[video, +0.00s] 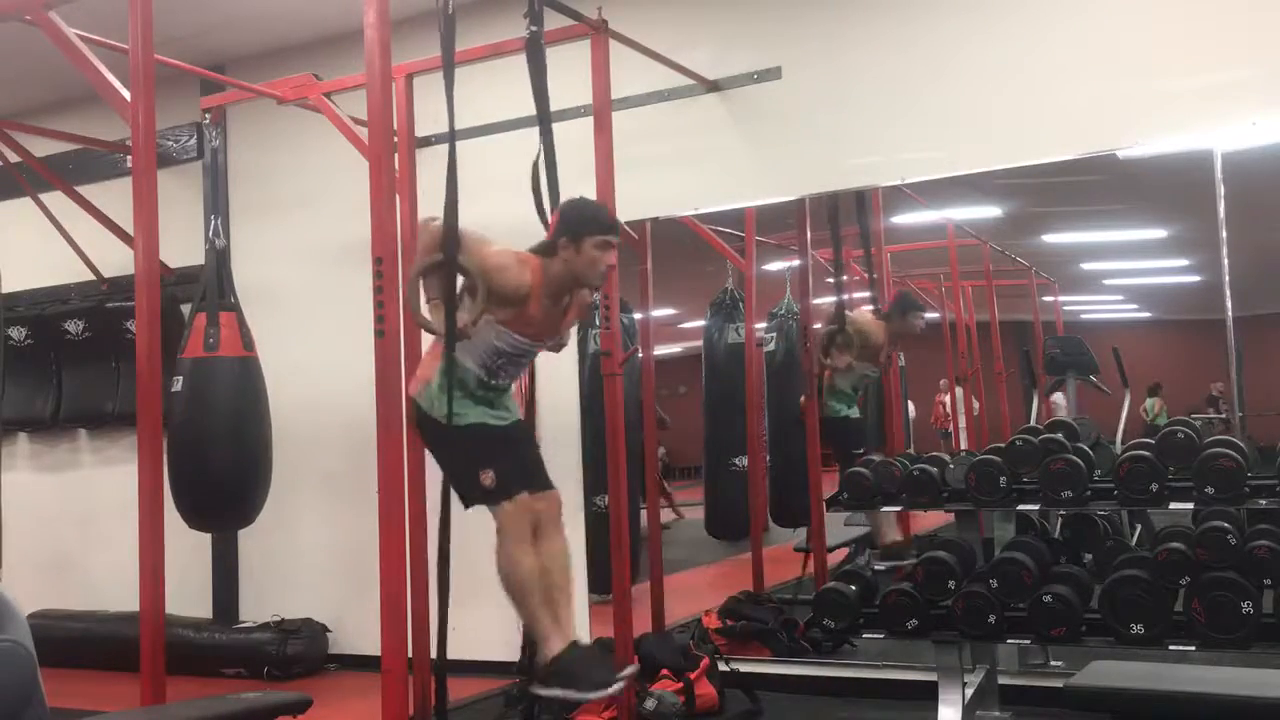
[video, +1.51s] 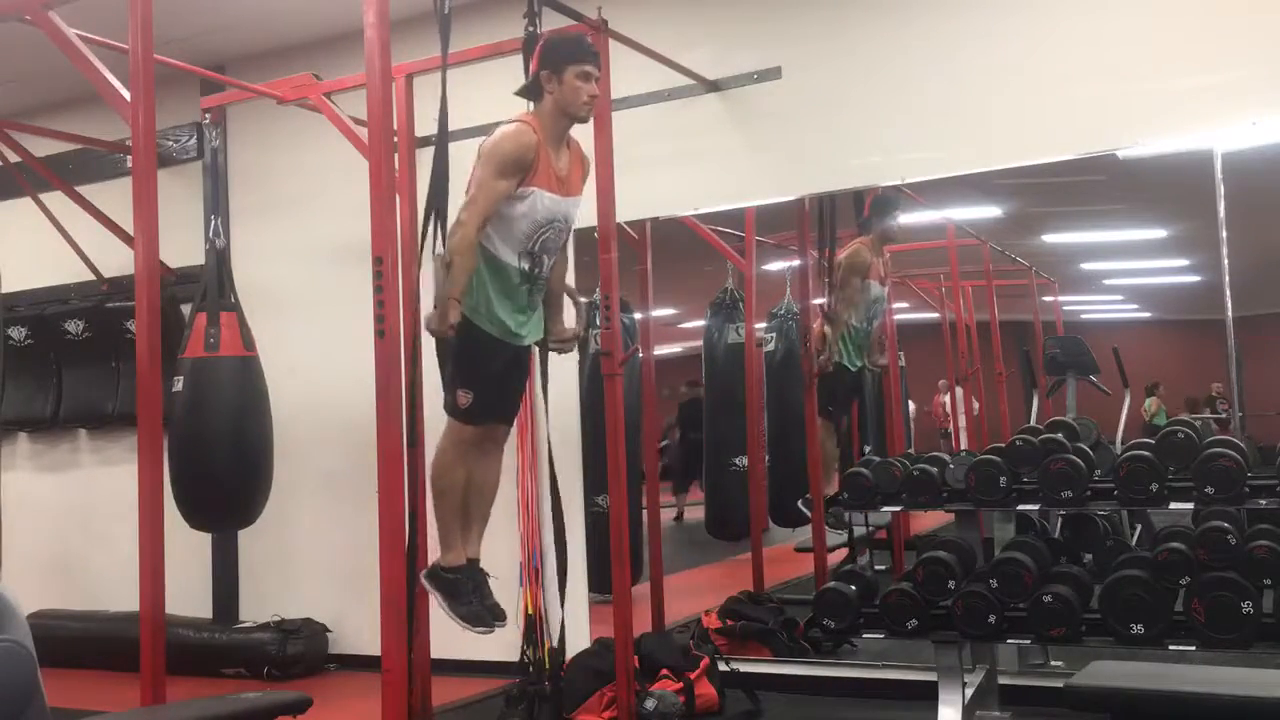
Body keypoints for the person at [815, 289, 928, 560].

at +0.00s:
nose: (922, 325)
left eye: (923, 319)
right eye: (919, 318)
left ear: (903, 315)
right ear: (902, 315)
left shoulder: (881, 335)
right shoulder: (870, 330)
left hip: (850, 408)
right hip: (837, 409)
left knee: (866, 471)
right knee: (868, 471)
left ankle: (885, 536)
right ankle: (886, 537)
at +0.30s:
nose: (922, 288)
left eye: (922, 282)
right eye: (918, 281)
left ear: (909, 283)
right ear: (900, 281)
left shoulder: (896, 314)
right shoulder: (876, 309)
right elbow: (827, 310)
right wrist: (820, 355)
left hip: (859, 387)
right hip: (842, 386)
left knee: (865, 452)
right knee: (872, 446)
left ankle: (861, 525)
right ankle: (855, 522)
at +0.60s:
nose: (903, 245)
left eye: (903, 239)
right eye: (900, 239)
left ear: (887, 238)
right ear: (888, 237)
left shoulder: (883, 267)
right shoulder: (868, 264)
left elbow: (875, 316)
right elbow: (848, 308)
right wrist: (838, 345)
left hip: (865, 360)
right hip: (852, 361)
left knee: (858, 432)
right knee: (851, 431)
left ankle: (846, 500)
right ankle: (841, 502)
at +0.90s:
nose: (906, 226)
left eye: (906, 219)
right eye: (900, 219)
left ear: (891, 221)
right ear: (884, 219)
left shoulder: (881, 256)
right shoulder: (864, 254)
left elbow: (867, 312)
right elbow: (846, 307)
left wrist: (879, 347)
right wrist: (837, 351)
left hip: (857, 356)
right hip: (846, 356)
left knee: (835, 425)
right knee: (843, 425)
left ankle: (830, 492)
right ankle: (834, 497)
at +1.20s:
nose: (901, 225)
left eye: (902, 218)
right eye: (896, 218)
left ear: (888, 218)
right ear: (880, 218)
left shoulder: (882, 255)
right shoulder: (861, 253)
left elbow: (876, 309)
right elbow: (848, 304)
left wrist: (876, 350)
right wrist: (840, 350)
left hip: (860, 352)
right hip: (839, 352)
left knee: (845, 421)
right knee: (833, 421)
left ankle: (835, 484)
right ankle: (827, 486)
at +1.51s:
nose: (899, 226)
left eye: (899, 218)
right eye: (894, 219)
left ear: (881, 221)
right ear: (877, 221)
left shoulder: (878, 257)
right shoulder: (857, 256)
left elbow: (872, 312)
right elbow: (841, 310)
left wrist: (873, 354)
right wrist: (829, 350)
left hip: (861, 357)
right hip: (840, 357)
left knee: (852, 428)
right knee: (830, 427)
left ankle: (846, 493)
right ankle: (824, 494)